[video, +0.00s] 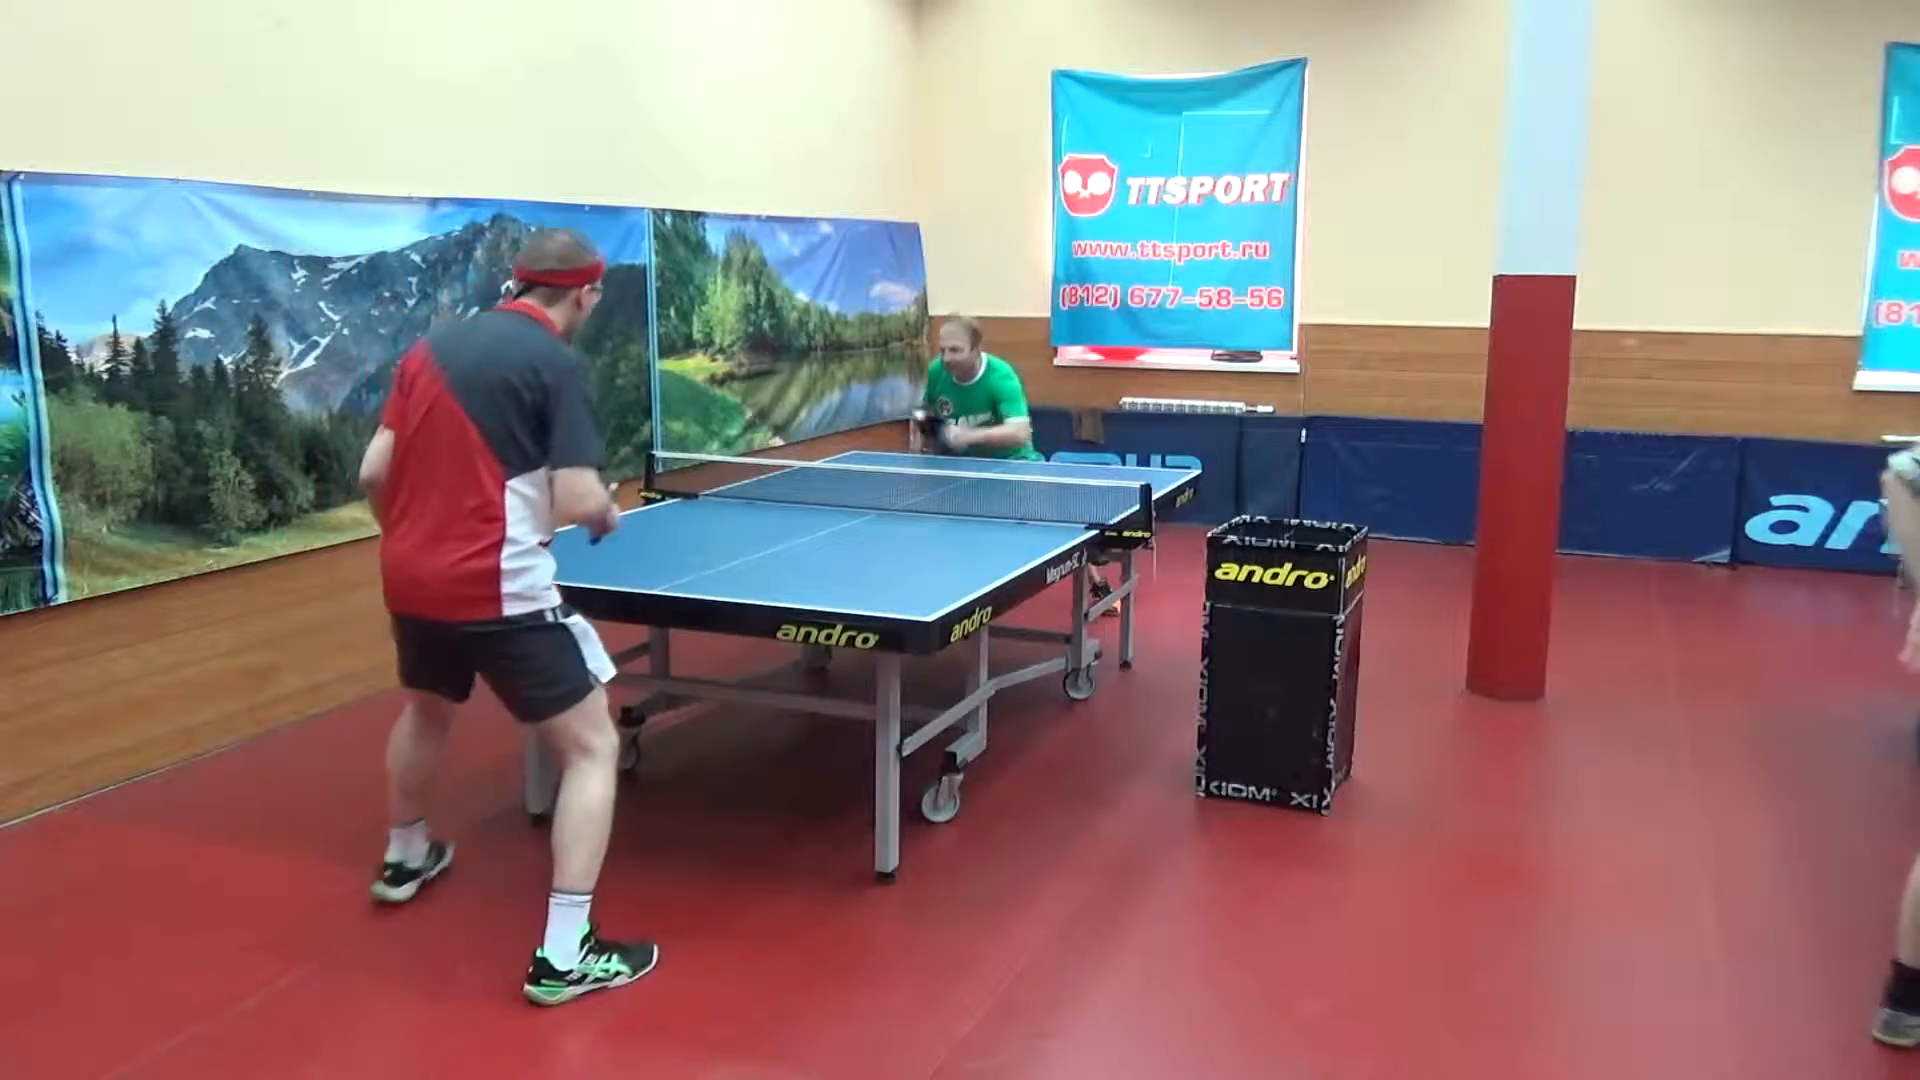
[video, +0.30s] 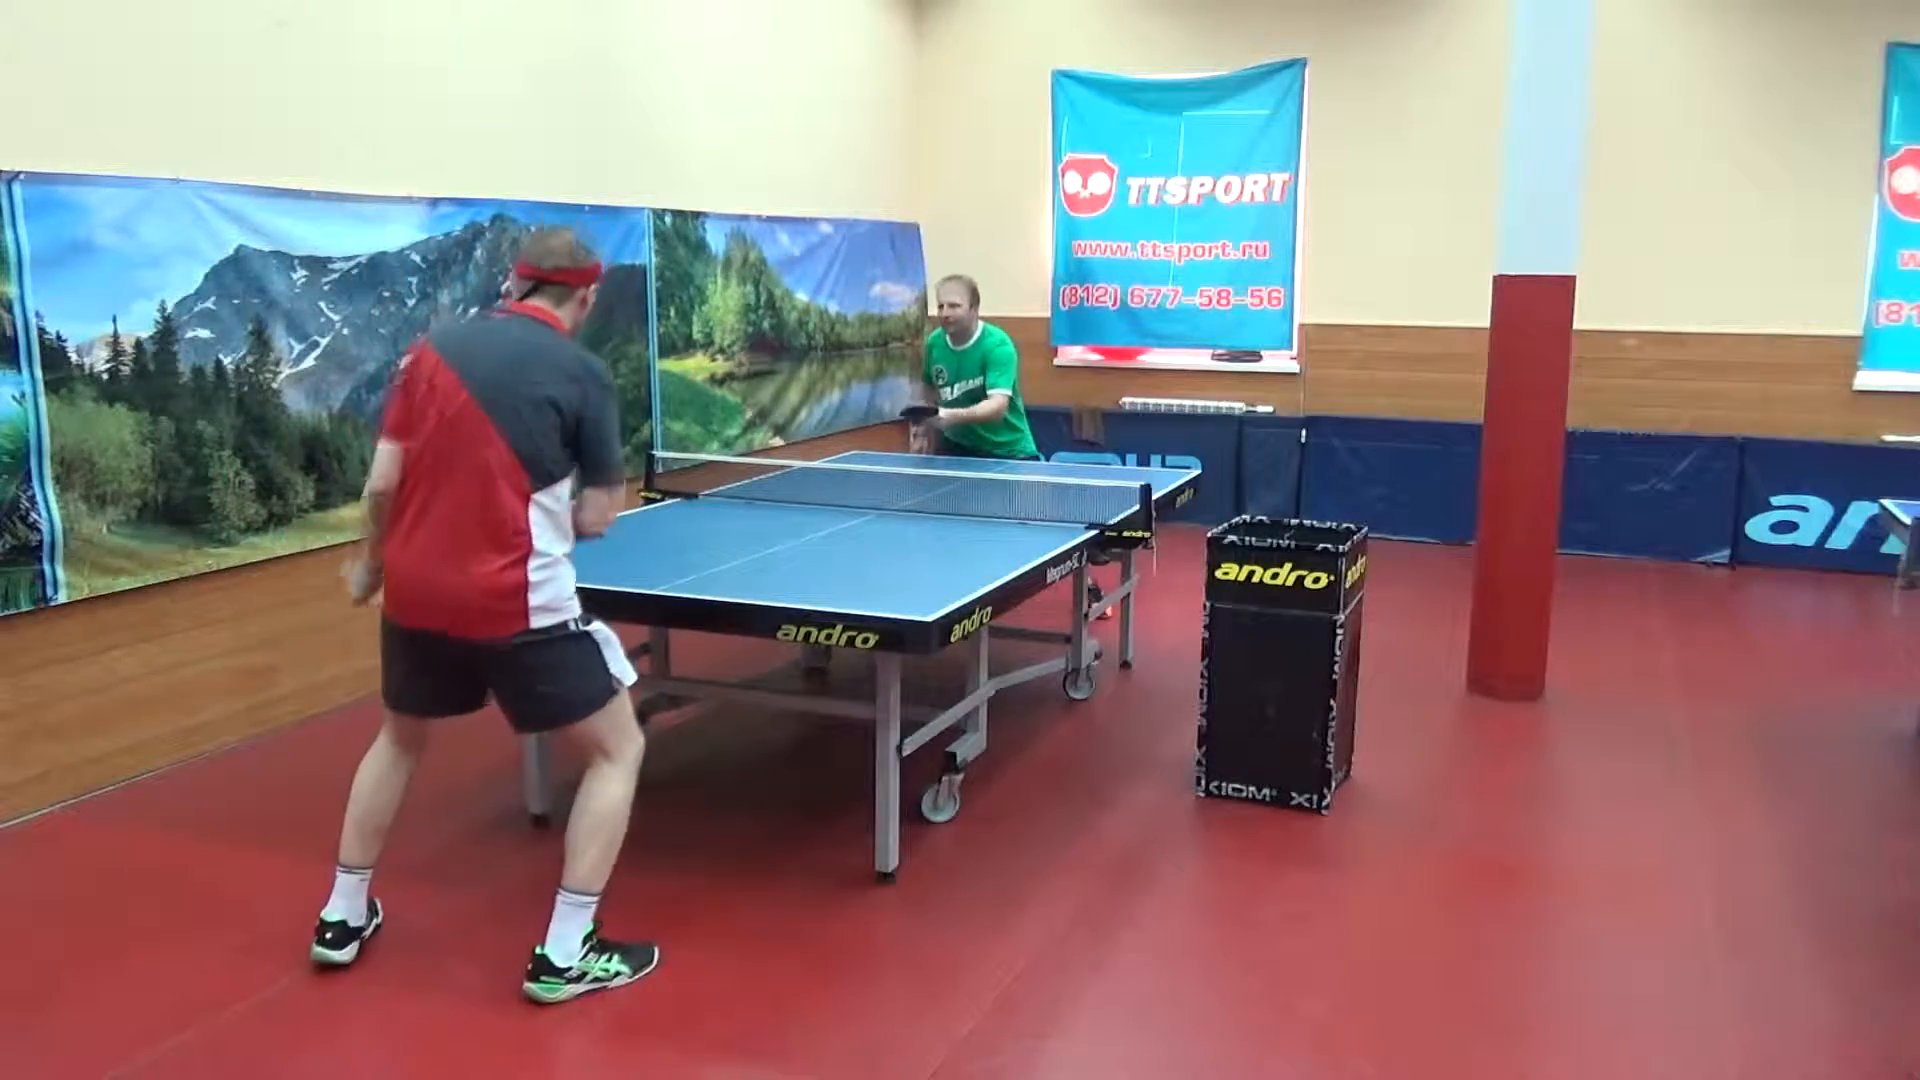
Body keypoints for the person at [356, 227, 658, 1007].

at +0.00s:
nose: (594, 308)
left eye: (593, 296)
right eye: (596, 296)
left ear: (517, 285)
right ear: (580, 294)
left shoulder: (433, 345)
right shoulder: (553, 361)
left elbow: (374, 474)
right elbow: (577, 503)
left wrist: (416, 537)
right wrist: (603, 508)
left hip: (412, 582)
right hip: (503, 589)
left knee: (425, 708)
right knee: (591, 748)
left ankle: (404, 857)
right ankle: (565, 951)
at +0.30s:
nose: (590, 311)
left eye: (588, 301)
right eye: (590, 301)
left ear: (511, 287)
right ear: (581, 299)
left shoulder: (432, 348)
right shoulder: (580, 375)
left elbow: (382, 481)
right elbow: (594, 515)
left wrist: (371, 558)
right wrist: (519, 504)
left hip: (415, 598)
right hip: (523, 605)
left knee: (397, 739)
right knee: (618, 749)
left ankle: (342, 915)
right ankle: (566, 949)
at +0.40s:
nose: (567, 329)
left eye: (566, 317)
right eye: (569, 317)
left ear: (490, 298)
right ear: (560, 314)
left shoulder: (418, 359)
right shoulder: (558, 395)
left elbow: (373, 500)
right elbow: (517, 507)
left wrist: (313, 614)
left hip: (408, 609)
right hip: (521, 618)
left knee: (392, 734)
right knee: (615, 754)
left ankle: (349, 910)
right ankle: (567, 951)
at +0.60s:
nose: (485, 352)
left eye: (480, 342)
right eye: (485, 342)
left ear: (407, 334)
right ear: (476, 343)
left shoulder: (355, 395)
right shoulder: (482, 412)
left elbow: (314, 525)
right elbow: (399, 488)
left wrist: (225, 643)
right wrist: (281, 502)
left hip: (366, 645)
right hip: (480, 643)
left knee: (317, 745)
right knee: (563, 769)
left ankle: (283, 917)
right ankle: (566, 949)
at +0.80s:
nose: (399, 326)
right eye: (399, 316)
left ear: (314, 313)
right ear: (388, 317)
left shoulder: (263, 375)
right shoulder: (414, 401)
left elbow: (231, 507)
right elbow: (383, 513)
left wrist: (173, 630)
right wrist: (254, 566)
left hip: (297, 626)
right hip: (415, 620)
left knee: (286, 741)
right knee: (505, 759)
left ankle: (281, 919)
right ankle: (555, 942)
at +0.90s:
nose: (366, 302)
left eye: (363, 291)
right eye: (365, 291)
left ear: (283, 290)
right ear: (353, 293)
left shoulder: (223, 355)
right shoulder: (384, 377)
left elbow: (193, 490)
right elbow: (404, 515)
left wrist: (161, 605)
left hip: (271, 603)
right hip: (386, 595)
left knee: (279, 737)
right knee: (476, 750)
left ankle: (281, 922)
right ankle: (547, 939)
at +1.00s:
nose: (350, 284)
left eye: (346, 272)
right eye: (349, 273)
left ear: (265, 271)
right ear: (337, 273)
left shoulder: (199, 339)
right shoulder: (373, 356)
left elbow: (171, 480)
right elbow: (417, 494)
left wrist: (153, 588)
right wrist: (451, 599)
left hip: (254, 584)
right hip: (367, 574)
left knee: (273, 736)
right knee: (449, 747)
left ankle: (280, 918)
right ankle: (506, 943)